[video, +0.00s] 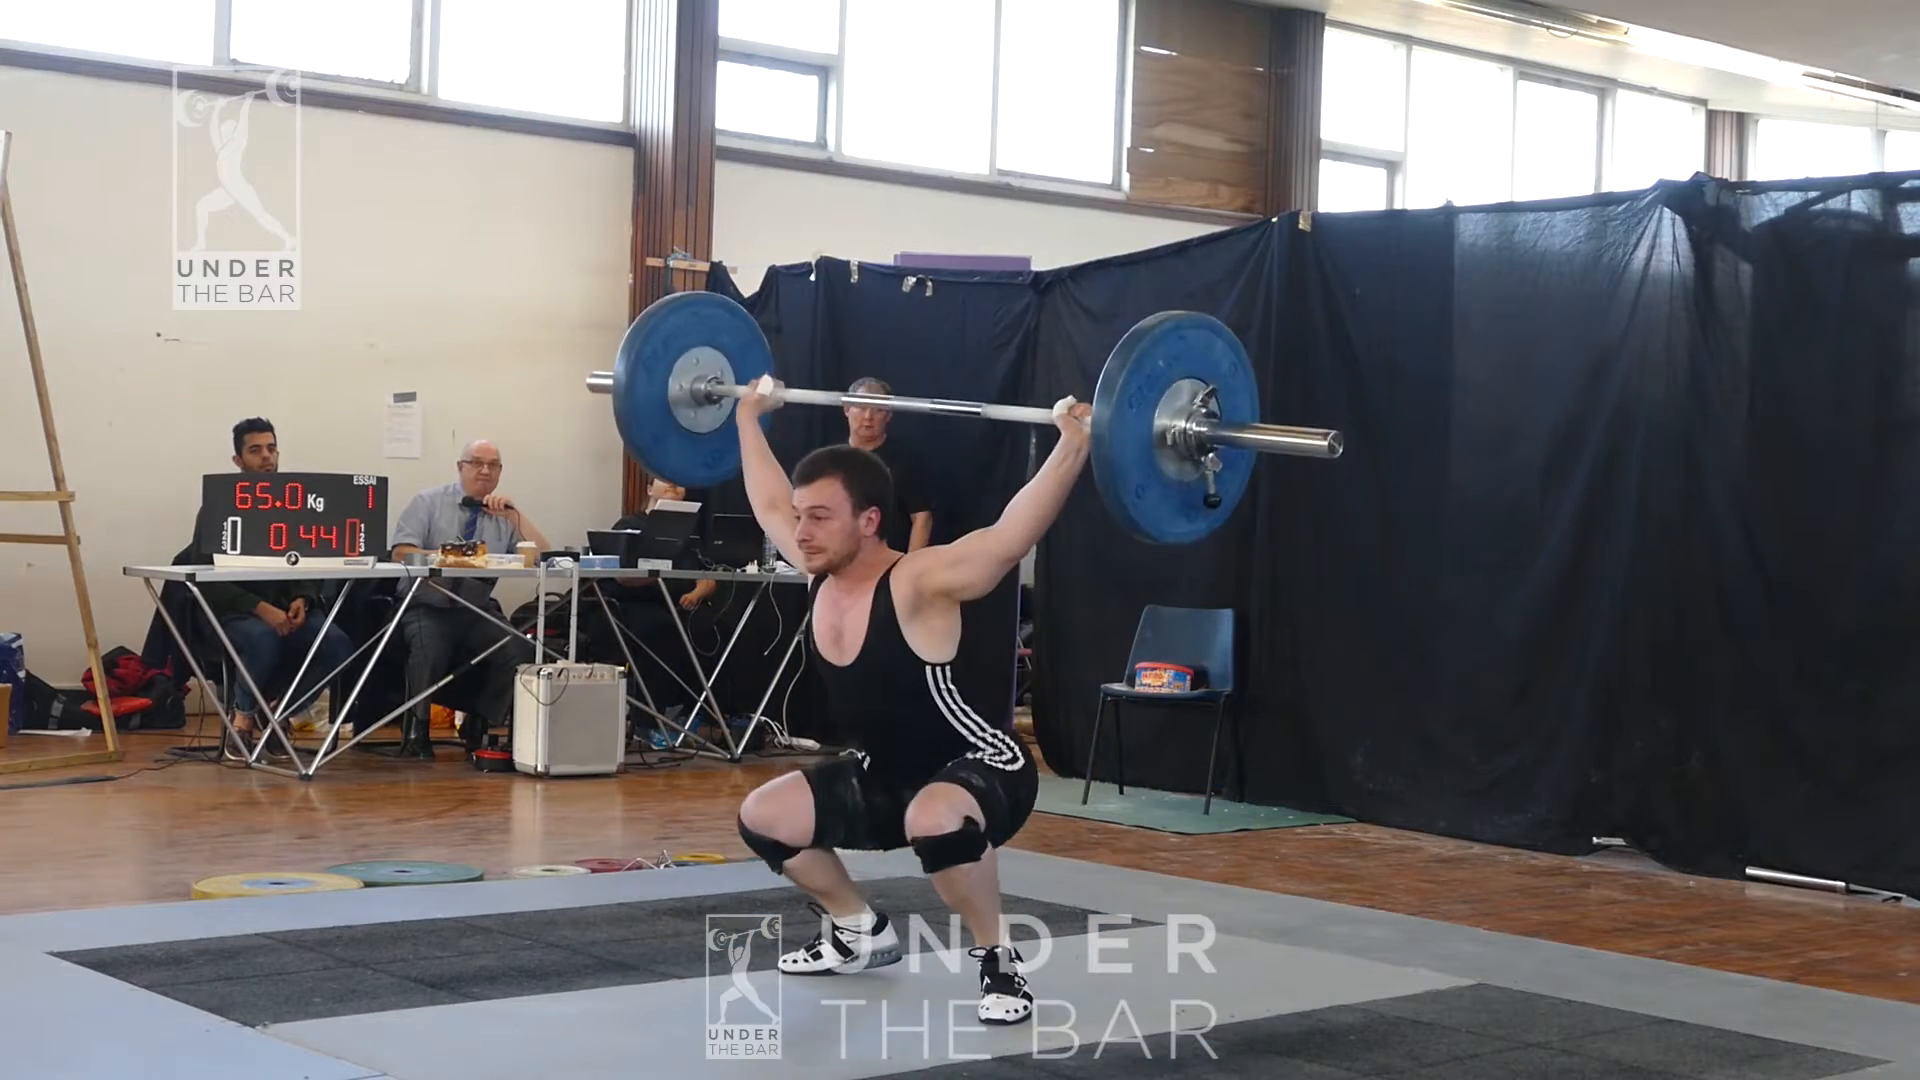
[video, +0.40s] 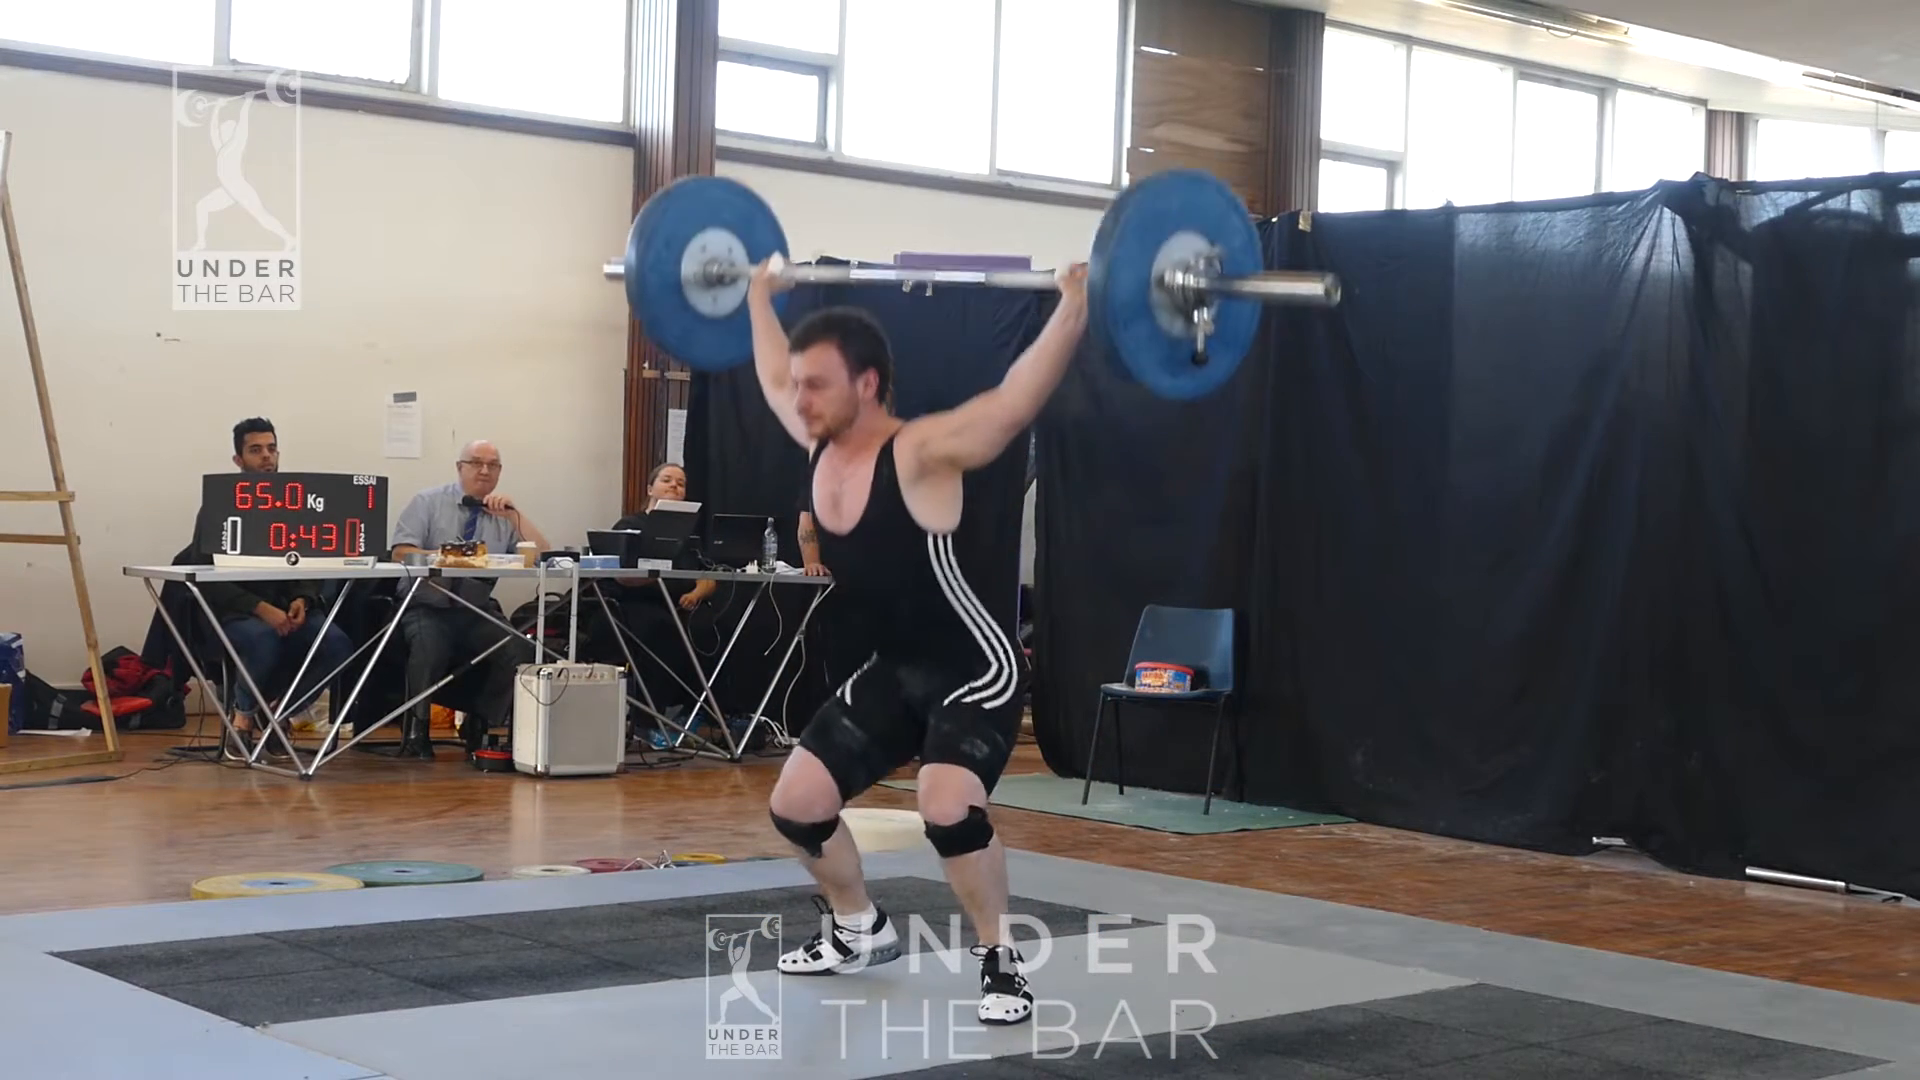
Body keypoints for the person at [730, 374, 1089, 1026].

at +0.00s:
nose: (804, 531)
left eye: (818, 517)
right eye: (800, 517)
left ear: (868, 520)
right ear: (797, 524)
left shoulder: (923, 579)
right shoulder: (823, 577)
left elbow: (1009, 537)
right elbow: (774, 509)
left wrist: (1072, 447)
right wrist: (748, 418)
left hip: (982, 767)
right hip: (886, 776)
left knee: (934, 819)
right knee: (764, 815)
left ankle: (997, 960)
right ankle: (860, 930)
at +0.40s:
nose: (802, 399)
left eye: (815, 385)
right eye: (797, 387)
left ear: (867, 384)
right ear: (795, 392)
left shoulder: (925, 448)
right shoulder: (825, 451)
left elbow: (1014, 399)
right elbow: (778, 379)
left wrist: (1072, 306)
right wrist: (758, 294)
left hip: (976, 670)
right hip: (892, 670)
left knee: (946, 807)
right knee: (795, 806)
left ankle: (999, 953)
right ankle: (860, 929)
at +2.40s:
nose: (797, 285)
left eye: (812, 270)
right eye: (792, 272)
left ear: (866, 272)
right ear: (796, 279)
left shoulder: (910, 346)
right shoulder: (809, 350)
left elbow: (989, 289)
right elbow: (757, 282)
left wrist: (1035, 194)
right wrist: (729, 199)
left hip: (920, 596)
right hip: (843, 595)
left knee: (924, 773)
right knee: (836, 768)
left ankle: (951, 972)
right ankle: (837, 952)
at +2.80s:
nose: (913, 282)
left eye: (930, 269)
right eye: (909, 270)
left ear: (980, 275)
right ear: (911, 277)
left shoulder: (1001, 351)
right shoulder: (902, 345)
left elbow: (1029, 323)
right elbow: (799, 305)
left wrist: (1031, 243)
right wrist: (706, 233)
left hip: (985, 601)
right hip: (910, 594)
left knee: (953, 767)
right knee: (863, 756)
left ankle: (952, 969)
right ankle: (838, 947)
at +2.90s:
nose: (945, 284)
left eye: (963, 270)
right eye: (940, 271)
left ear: (1008, 281)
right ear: (935, 282)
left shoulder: (1022, 363)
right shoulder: (922, 368)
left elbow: (1066, 352)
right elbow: (811, 377)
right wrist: (701, 344)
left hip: (998, 609)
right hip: (923, 600)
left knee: (965, 767)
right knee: (867, 752)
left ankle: (954, 968)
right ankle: (882, 933)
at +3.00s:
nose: (959, 289)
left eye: (977, 276)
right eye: (957, 276)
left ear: (1024, 289)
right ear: (959, 287)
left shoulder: (1046, 386)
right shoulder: (934, 385)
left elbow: (1088, 498)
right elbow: (846, 448)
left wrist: (1060, 557)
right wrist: (734, 482)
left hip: (1008, 601)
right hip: (937, 593)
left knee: (966, 768)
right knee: (880, 763)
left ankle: (955, 972)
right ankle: (947, 906)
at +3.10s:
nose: (968, 298)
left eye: (986, 285)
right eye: (965, 286)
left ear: (1033, 299)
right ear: (967, 297)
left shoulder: (1058, 402)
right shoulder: (952, 396)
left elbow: (1094, 517)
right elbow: (906, 508)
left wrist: (1084, 624)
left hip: (1013, 633)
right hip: (937, 624)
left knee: (975, 789)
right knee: (913, 784)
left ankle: (957, 962)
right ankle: (1004, 909)